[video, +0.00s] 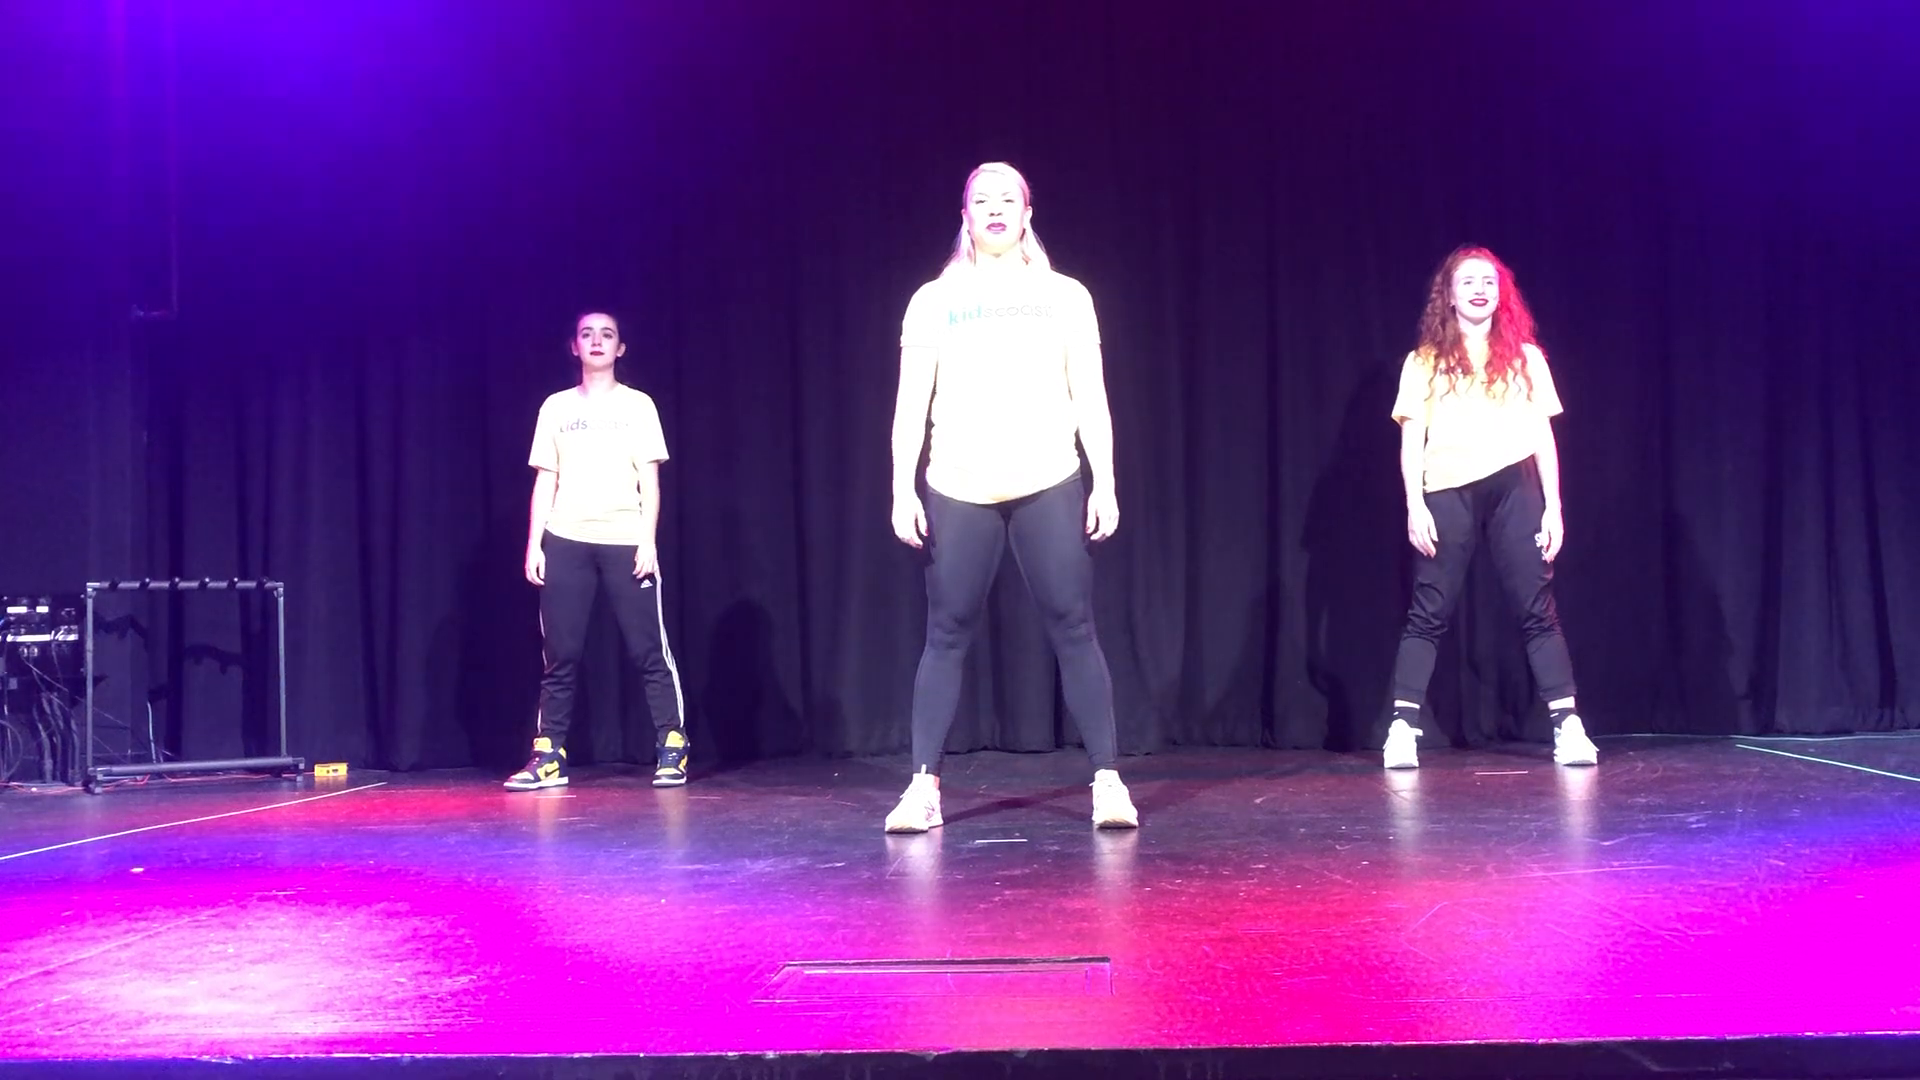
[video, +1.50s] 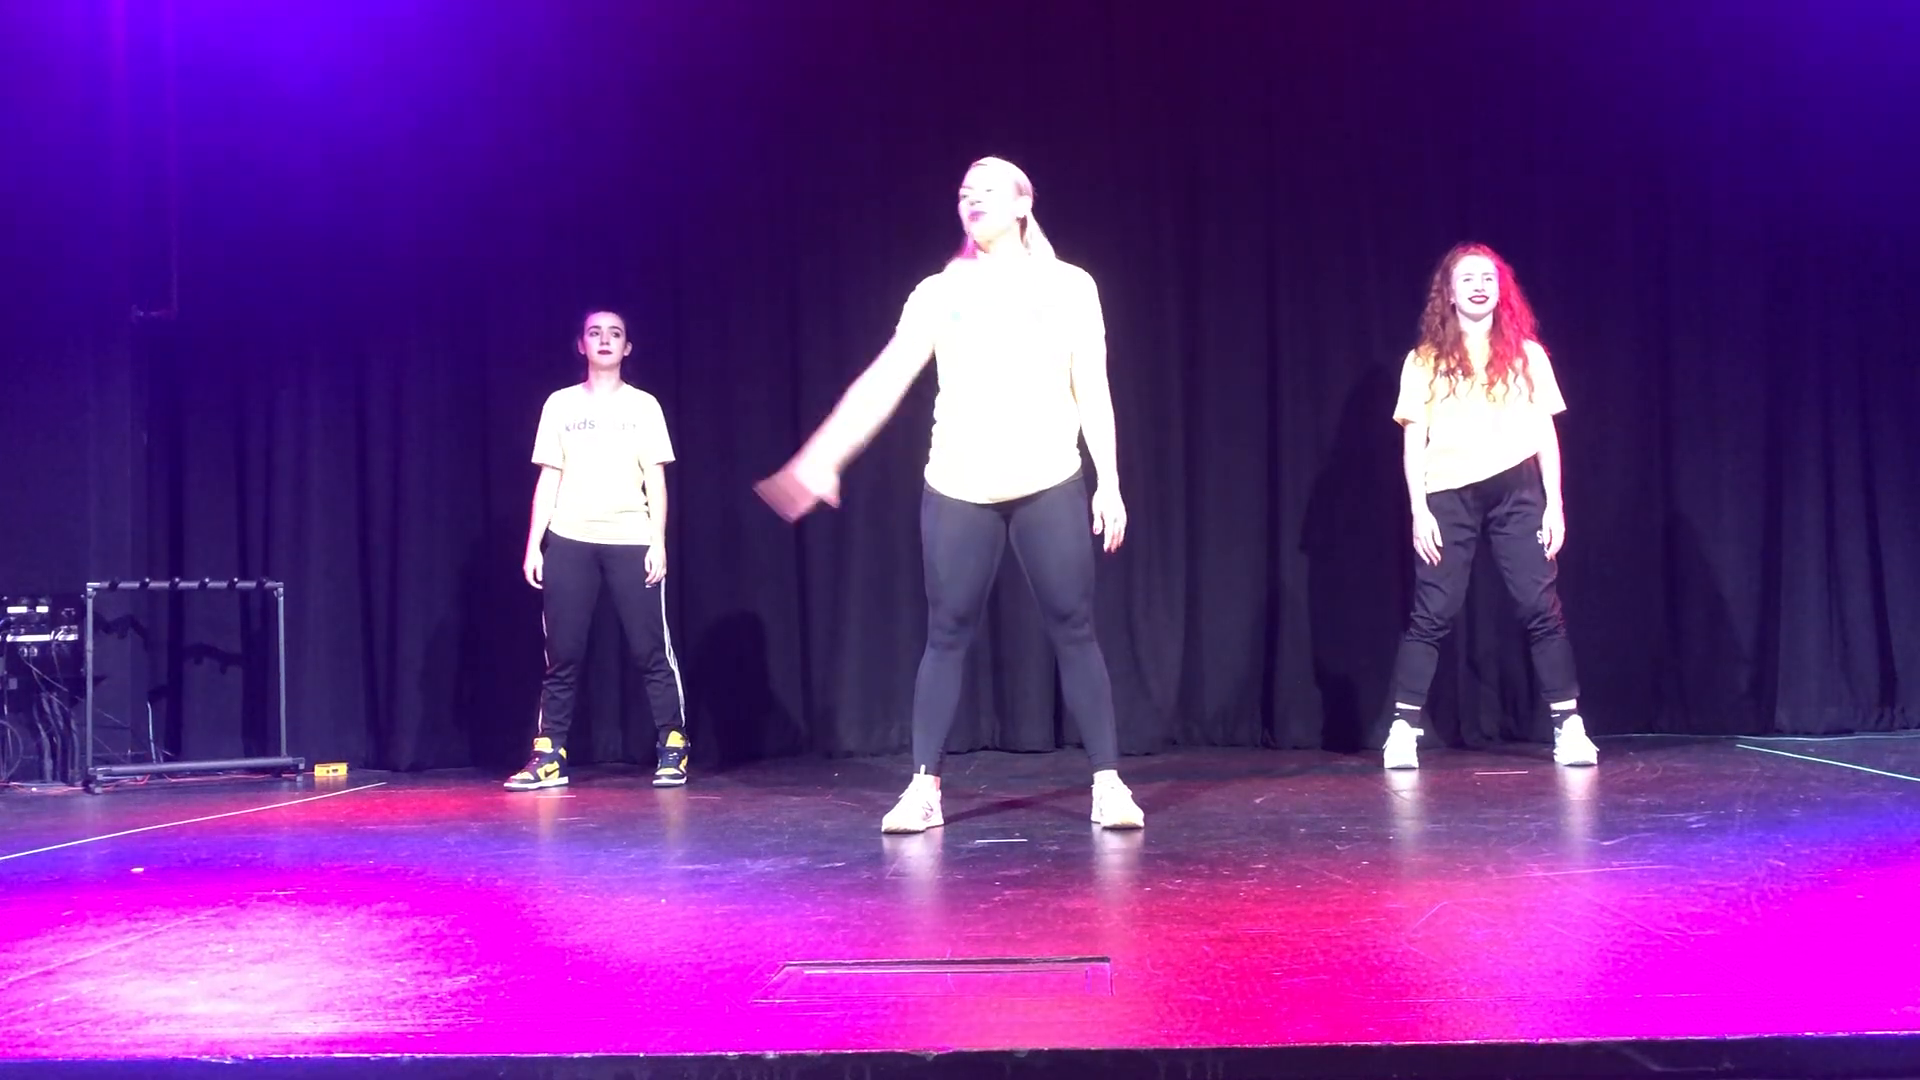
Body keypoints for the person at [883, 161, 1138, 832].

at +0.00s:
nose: (995, 211)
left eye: (1006, 201)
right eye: (983, 201)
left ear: (1027, 212)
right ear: (965, 213)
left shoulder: (1068, 296)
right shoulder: (932, 301)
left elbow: (1090, 393)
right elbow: (912, 403)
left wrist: (1103, 480)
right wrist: (903, 488)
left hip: (1048, 482)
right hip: (960, 486)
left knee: (1073, 623)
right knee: (947, 628)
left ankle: (1106, 777)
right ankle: (923, 783)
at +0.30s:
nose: (997, 210)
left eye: (1009, 200)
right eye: (985, 200)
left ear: (1028, 210)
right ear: (966, 211)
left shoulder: (1069, 295)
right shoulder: (932, 300)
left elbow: (1091, 393)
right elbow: (913, 402)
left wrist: (1105, 479)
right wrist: (909, 489)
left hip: (1049, 482)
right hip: (960, 486)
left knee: (1073, 623)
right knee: (946, 628)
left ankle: (1106, 776)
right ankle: (925, 782)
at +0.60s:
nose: (997, 205)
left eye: (1009, 196)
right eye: (985, 196)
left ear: (1031, 210)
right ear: (967, 213)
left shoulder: (1070, 295)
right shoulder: (933, 300)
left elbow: (1092, 394)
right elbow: (915, 402)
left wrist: (1107, 482)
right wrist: (913, 491)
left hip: (1051, 482)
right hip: (963, 487)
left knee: (1074, 625)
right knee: (948, 629)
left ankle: (1108, 780)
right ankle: (924, 783)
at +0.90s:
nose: (998, 212)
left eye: (1010, 202)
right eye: (987, 202)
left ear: (1030, 211)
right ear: (967, 212)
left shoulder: (1069, 296)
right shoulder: (932, 300)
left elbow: (1092, 395)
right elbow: (911, 404)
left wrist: (1105, 483)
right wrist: (908, 490)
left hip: (1050, 483)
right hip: (961, 487)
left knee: (1074, 624)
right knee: (948, 629)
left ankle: (1108, 780)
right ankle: (924, 783)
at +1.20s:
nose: (998, 203)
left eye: (1010, 194)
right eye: (986, 194)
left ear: (1030, 209)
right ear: (966, 210)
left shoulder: (1070, 293)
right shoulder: (933, 295)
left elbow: (1093, 393)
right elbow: (911, 399)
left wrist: (1110, 482)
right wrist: (906, 486)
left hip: (1051, 481)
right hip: (961, 485)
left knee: (1074, 626)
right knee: (948, 629)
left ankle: (1108, 780)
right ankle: (924, 783)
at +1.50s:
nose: (971, 200)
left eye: (986, 188)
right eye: (965, 192)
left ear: (1024, 200)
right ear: (959, 210)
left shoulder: (1071, 287)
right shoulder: (939, 292)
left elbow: (1093, 391)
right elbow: (882, 382)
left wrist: (1108, 482)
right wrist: (820, 457)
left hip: (1049, 477)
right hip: (961, 482)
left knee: (1074, 623)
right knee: (947, 627)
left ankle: (1106, 779)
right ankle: (924, 784)